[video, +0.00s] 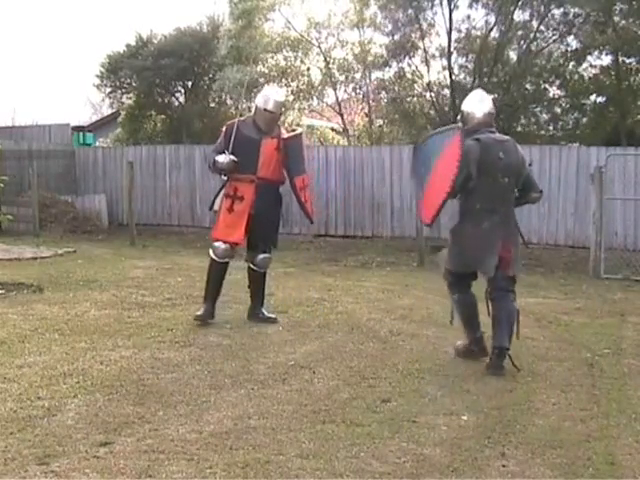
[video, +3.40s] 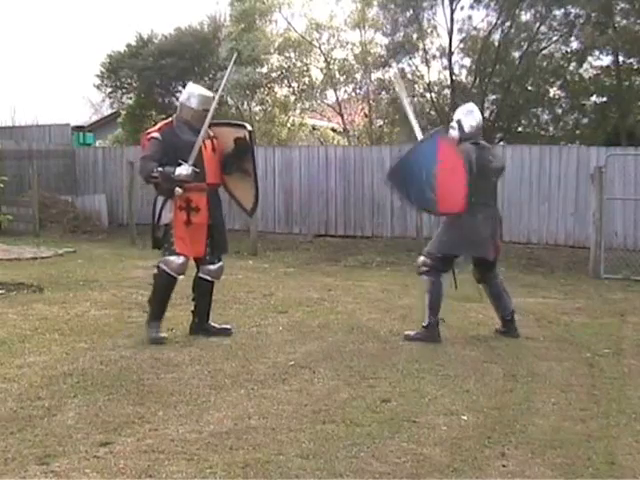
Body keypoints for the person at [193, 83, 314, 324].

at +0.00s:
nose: (271, 118)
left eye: (276, 113)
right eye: (267, 112)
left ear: (281, 113)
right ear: (257, 108)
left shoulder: (283, 138)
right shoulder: (234, 129)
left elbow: (296, 172)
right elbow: (214, 157)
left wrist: (293, 143)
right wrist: (220, 162)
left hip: (266, 199)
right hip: (235, 196)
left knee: (261, 257)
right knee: (221, 249)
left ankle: (256, 308)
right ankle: (208, 306)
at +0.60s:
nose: (239, 118)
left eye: (243, 113)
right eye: (235, 113)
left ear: (247, 113)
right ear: (223, 110)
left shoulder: (252, 138)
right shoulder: (204, 133)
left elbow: (265, 173)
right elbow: (182, 165)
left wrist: (264, 144)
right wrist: (194, 168)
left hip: (244, 200)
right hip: (212, 200)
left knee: (248, 259)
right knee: (204, 255)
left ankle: (255, 308)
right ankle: (196, 310)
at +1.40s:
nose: (205, 118)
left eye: (209, 112)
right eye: (201, 112)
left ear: (213, 112)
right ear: (188, 111)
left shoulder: (218, 137)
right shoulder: (172, 136)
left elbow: (237, 173)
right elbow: (151, 168)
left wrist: (237, 147)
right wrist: (163, 173)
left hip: (218, 199)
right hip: (188, 201)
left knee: (222, 256)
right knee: (189, 257)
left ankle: (217, 315)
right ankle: (194, 311)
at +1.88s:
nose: (218, 121)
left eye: (221, 116)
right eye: (215, 114)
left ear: (223, 116)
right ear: (201, 109)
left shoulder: (222, 142)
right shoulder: (172, 130)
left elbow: (239, 175)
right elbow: (148, 159)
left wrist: (247, 151)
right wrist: (159, 164)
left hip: (211, 204)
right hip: (178, 202)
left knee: (212, 264)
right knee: (169, 258)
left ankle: (210, 320)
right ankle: (174, 306)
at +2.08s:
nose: (215, 119)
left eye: (217, 115)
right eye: (211, 113)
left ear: (217, 115)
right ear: (196, 108)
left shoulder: (216, 141)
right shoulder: (168, 130)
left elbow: (230, 174)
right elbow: (141, 159)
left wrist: (240, 155)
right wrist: (155, 162)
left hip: (205, 206)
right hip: (173, 204)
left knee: (209, 266)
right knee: (158, 259)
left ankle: (210, 321)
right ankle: (138, 320)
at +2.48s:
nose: (179, 119)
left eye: (182, 115)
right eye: (175, 113)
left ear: (183, 116)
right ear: (161, 110)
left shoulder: (183, 141)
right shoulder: (139, 136)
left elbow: (195, 174)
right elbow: (120, 167)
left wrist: (218, 157)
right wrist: (142, 171)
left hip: (181, 209)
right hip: (149, 208)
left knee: (197, 268)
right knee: (139, 266)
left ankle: (209, 321)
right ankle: (126, 325)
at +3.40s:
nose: (205, 118)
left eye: (208, 113)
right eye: (200, 111)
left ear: (210, 113)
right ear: (185, 108)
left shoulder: (209, 138)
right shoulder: (163, 135)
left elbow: (220, 169)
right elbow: (146, 167)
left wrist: (240, 153)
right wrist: (169, 174)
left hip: (209, 208)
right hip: (177, 208)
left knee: (211, 265)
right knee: (175, 261)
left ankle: (201, 322)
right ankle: (155, 321)